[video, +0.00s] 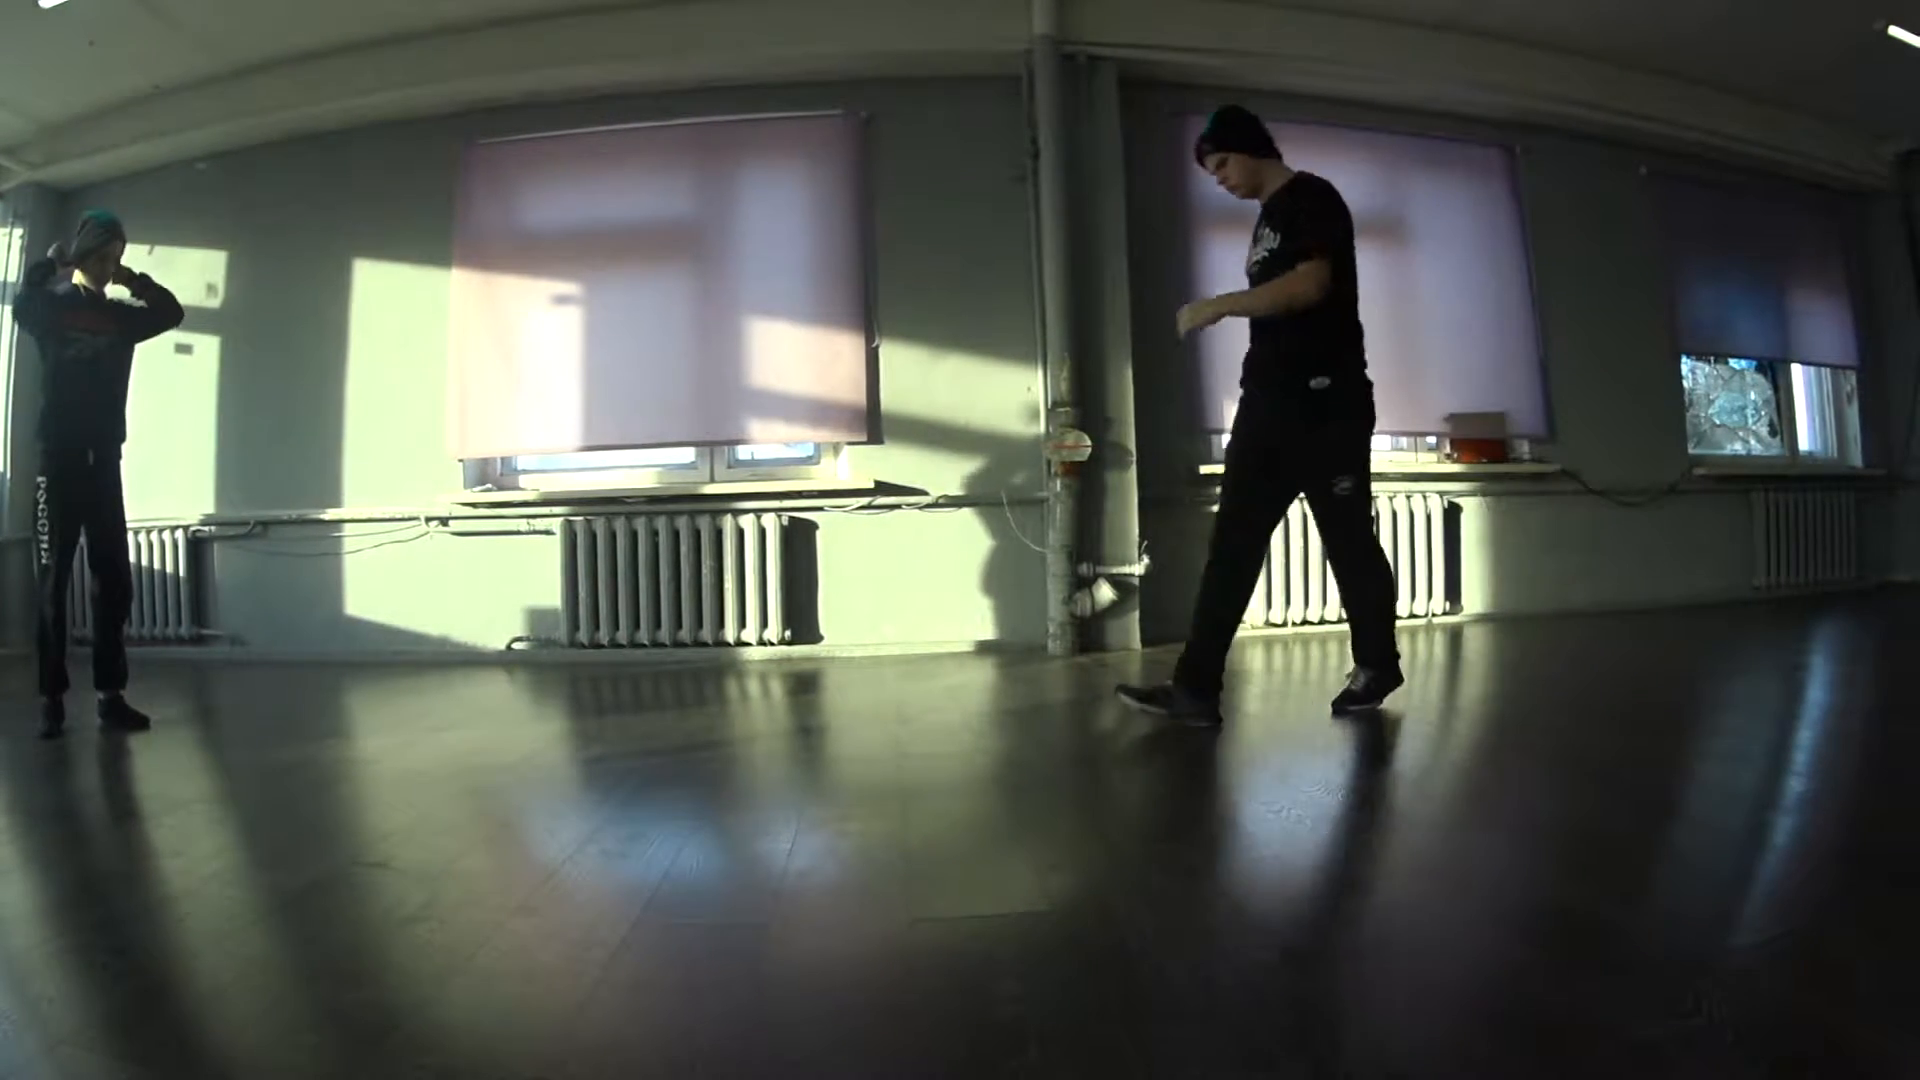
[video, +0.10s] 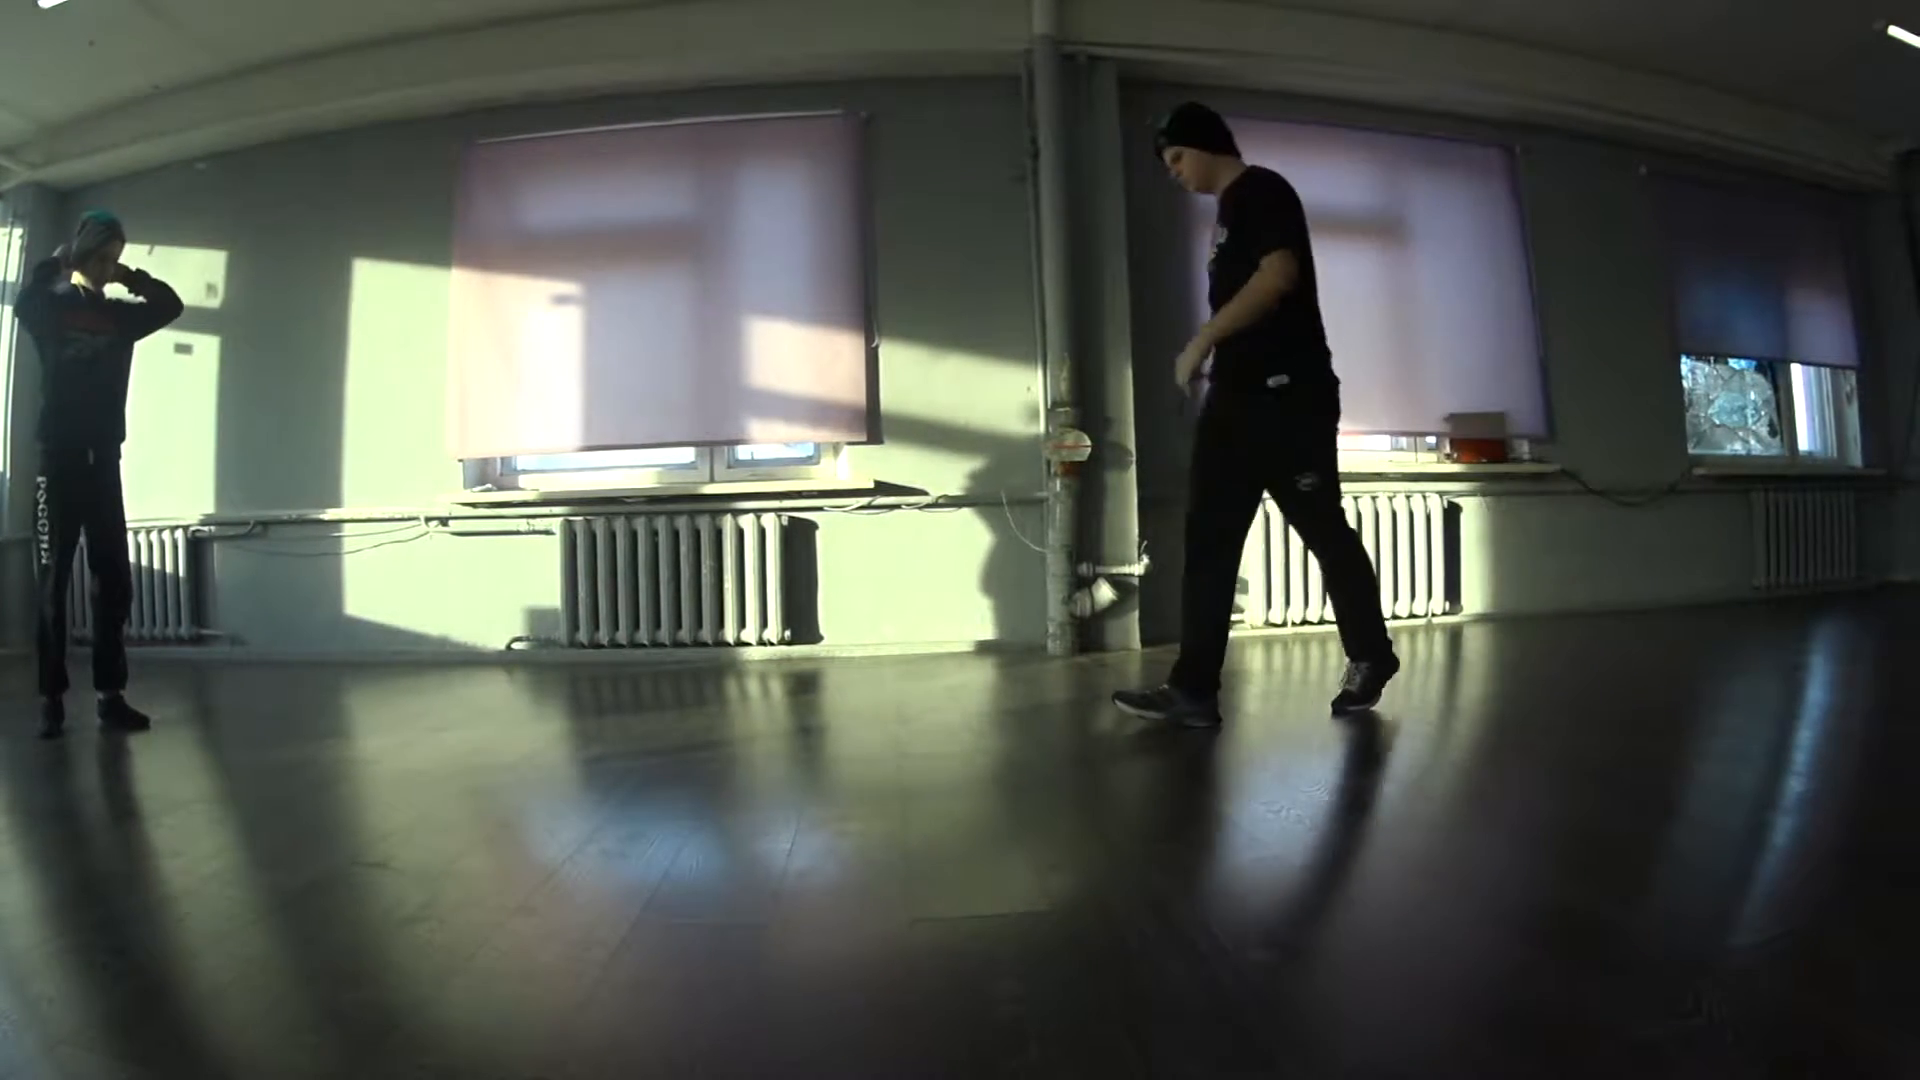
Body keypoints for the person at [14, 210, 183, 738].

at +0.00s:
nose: (110, 265)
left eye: (115, 256)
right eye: (104, 255)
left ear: (116, 256)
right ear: (83, 254)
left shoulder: (124, 317)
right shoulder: (52, 307)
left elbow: (171, 313)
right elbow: (21, 306)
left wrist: (133, 280)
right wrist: (48, 264)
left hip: (104, 457)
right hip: (57, 456)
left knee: (114, 577)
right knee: (53, 576)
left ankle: (112, 697)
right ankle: (52, 700)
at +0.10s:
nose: (109, 266)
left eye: (114, 257)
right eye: (104, 256)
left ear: (113, 257)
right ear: (84, 254)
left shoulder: (122, 316)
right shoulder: (49, 307)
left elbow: (170, 305)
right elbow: (24, 301)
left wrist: (129, 276)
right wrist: (56, 261)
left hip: (103, 456)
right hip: (57, 455)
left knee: (114, 577)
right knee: (53, 575)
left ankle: (111, 696)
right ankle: (51, 700)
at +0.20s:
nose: (111, 265)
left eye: (115, 256)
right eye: (106, 255)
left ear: (110, 256)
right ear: (86, 254)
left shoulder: (122, 316)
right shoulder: (49, 309)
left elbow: (170, 302)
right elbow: (27, 296)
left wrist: (129, 271)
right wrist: (59, 257)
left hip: (104, 456)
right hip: (58, 455)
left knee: (114, 579)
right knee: (53, 578)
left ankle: (112, 697)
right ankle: (52, 701)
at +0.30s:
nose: (113, 262)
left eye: (115, 254)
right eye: (108, 252)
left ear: (111, 257)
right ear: (87, 254)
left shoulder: (121, 313)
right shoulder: (49, 305)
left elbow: (169, 293)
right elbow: (27, 292)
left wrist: (132, 259)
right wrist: (57, 251)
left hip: (103, 455)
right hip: (58, 453)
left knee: (114, 578)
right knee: (54, 575)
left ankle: (111, 697)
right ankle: (51, 701)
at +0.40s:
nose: (111, 265)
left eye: (115, 257)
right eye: (106, 255)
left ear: (110, 260)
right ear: (87, 254)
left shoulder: (119, 310)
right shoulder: (49, 303)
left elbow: (166, 281)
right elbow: (30, 283)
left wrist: (132, 241)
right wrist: (58, 236)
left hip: (103, 455)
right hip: (57, 453)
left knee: (114, 579)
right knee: (53, 575)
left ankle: (111, 696)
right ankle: (50, 701)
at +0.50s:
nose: (108, 261)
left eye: (112, 253)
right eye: (101, 251)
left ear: (111, 256)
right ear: (78, 252)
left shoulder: (117, 307)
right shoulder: (50, 301)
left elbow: (162, 271)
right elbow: (40, 264)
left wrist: (129, 229)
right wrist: (67, 223)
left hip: (103, 454)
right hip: (57, 451)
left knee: (113, 579)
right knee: (54, 575)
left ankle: (111, 697)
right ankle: (50, 702)